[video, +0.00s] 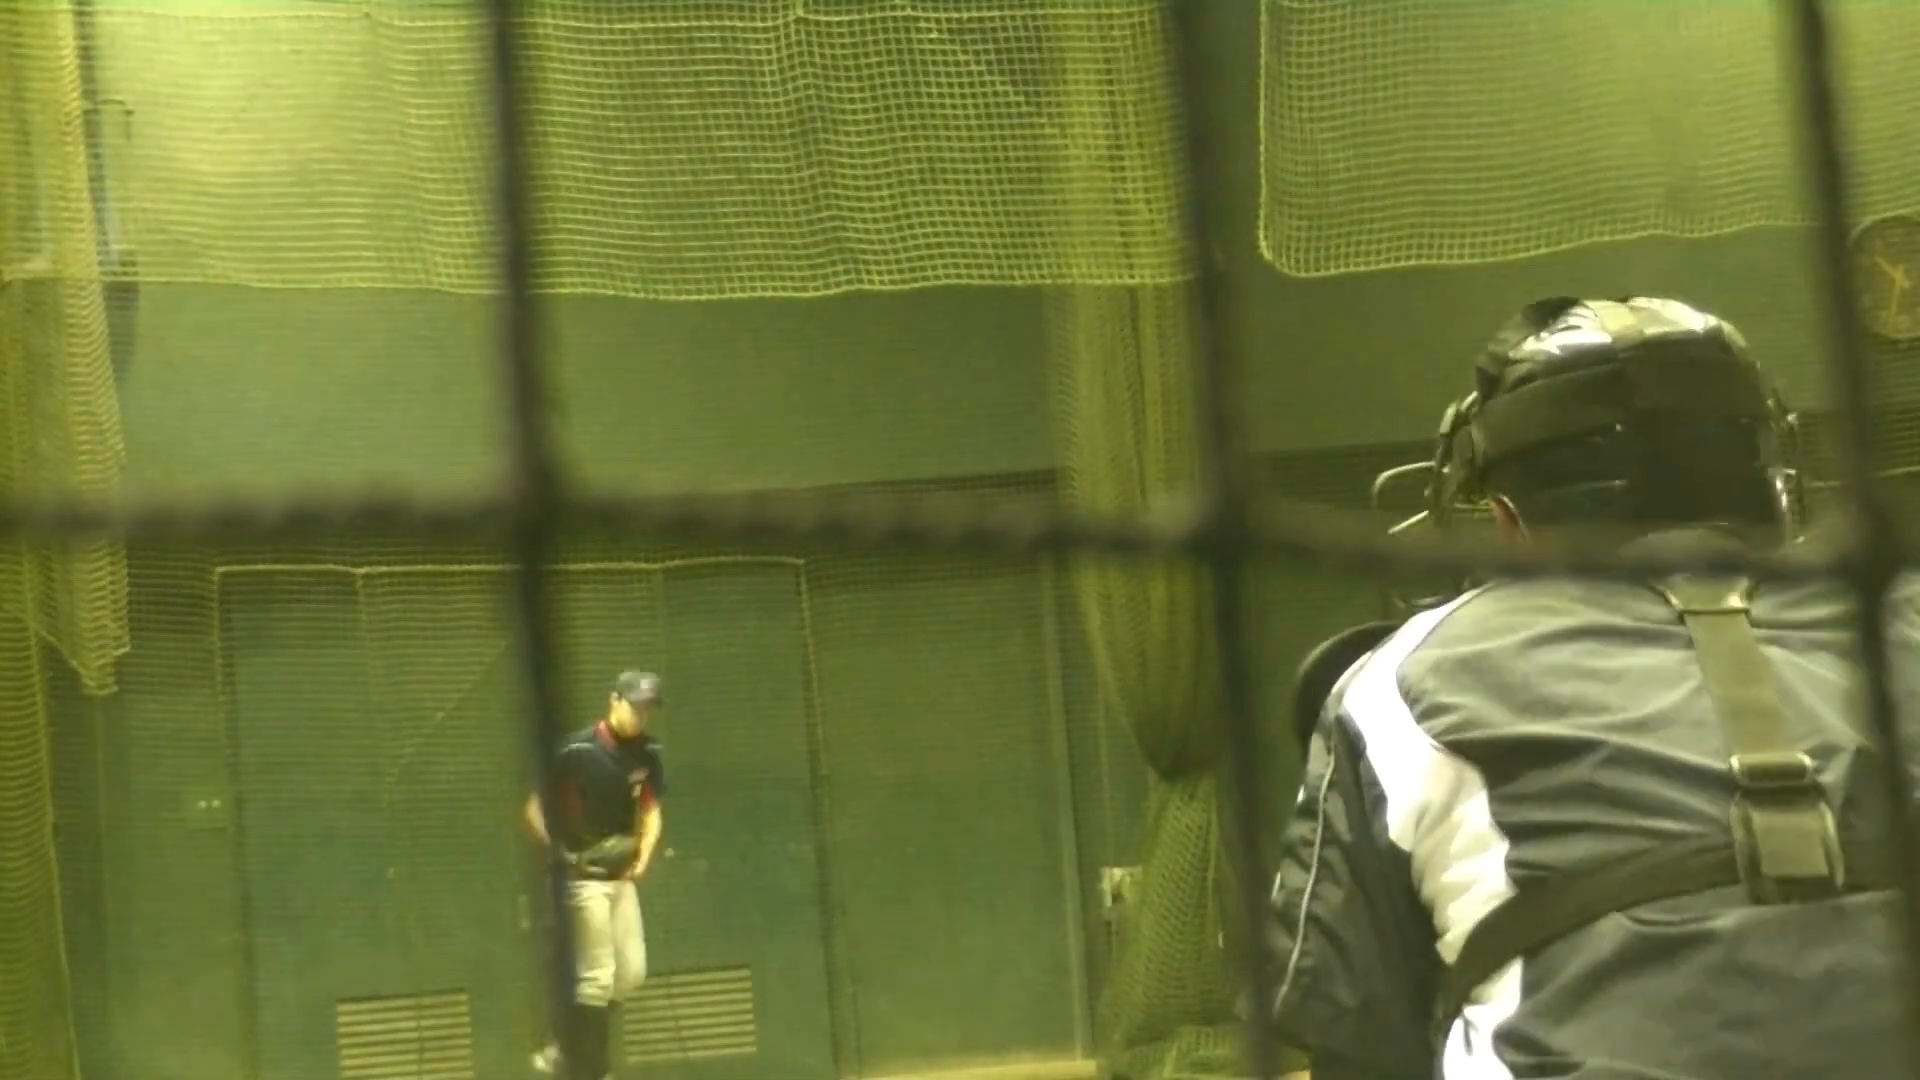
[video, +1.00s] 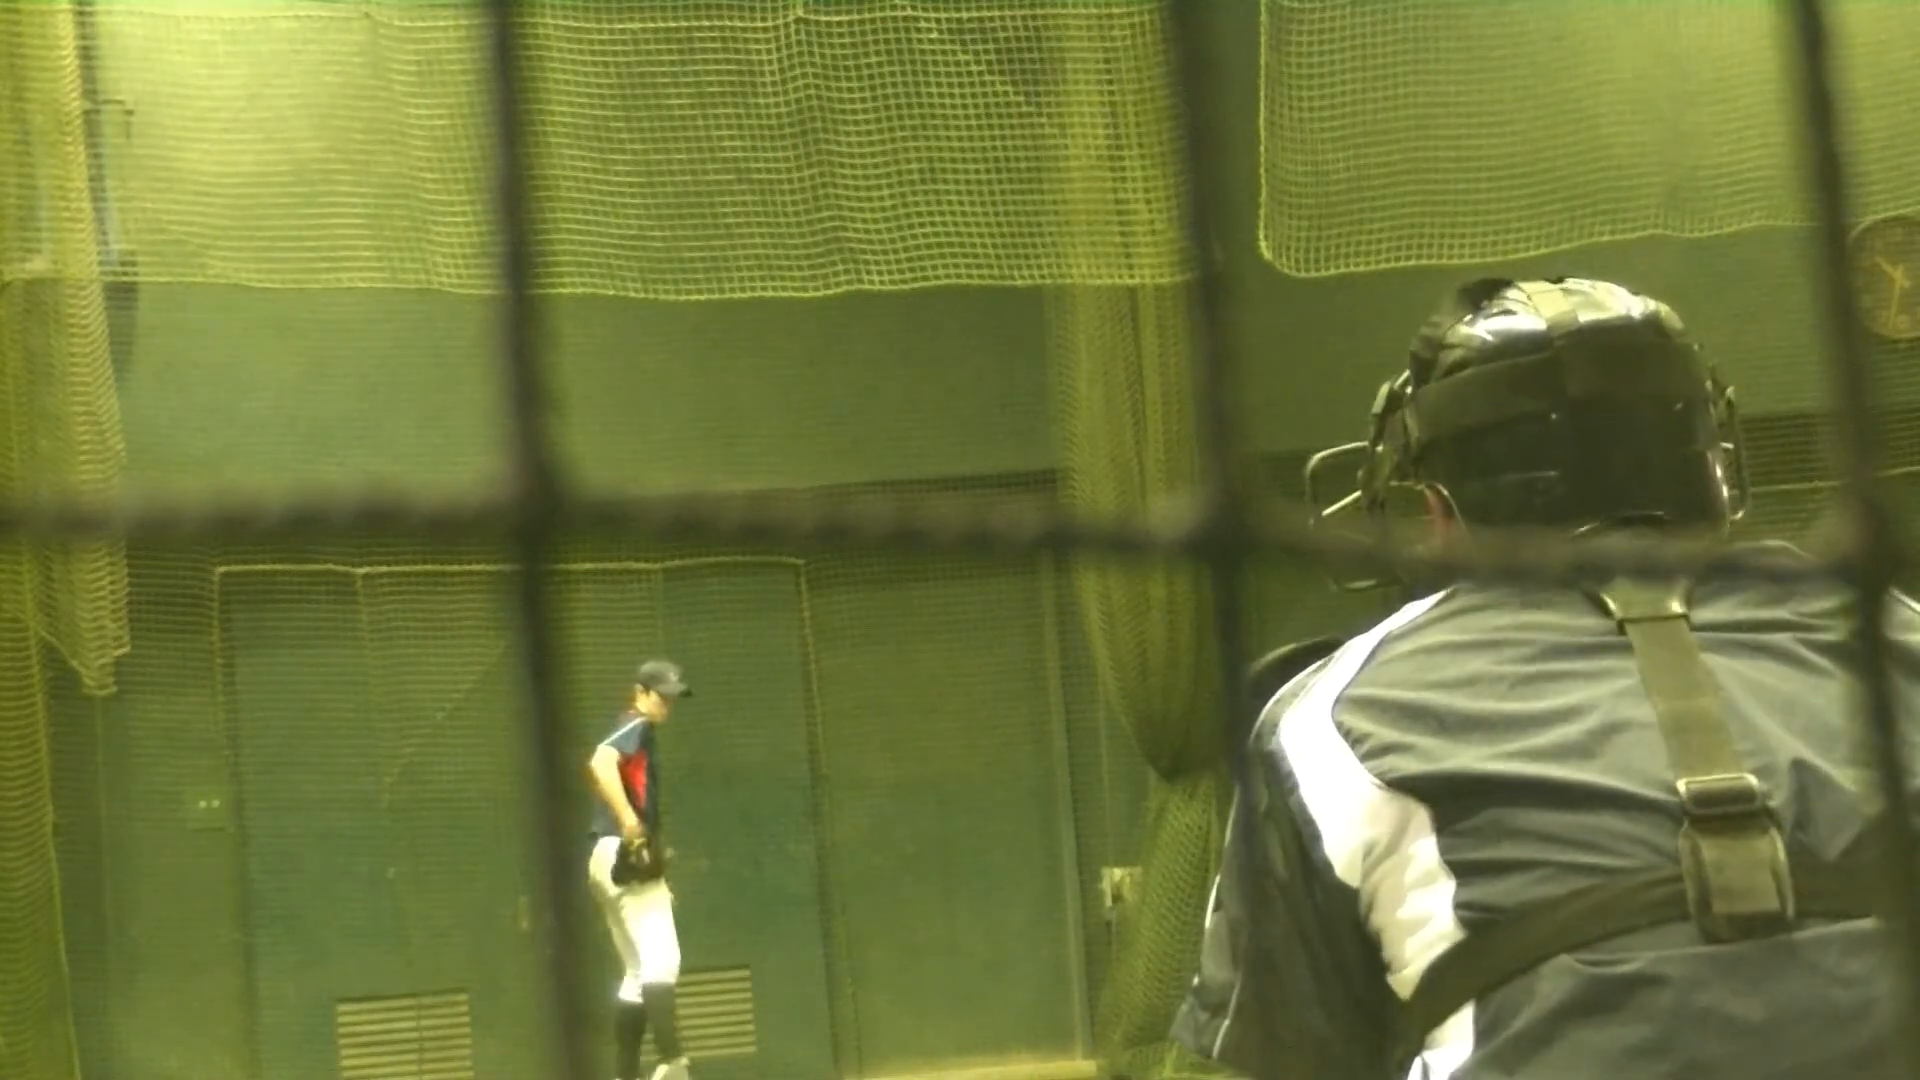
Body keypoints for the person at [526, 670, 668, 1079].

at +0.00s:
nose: (644, 717)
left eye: (648, 709)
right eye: (637, 708)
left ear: (650, 711)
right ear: (614, 703)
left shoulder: (646, 755)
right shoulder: (574, 752)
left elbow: (652, 810)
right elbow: (534, 807)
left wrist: (642, 858)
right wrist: (560, 852)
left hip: (622, 880)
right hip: (582, 880)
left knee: (630, 973)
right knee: (593, 981)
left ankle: (559, 1048)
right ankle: (591, 1070)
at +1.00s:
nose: (669, 706)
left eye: (672, 699)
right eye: (665, 698)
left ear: (646, 696)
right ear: (642, 694)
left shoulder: (634, 728)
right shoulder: (637, 727)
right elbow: (602, 763)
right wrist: (630, 824)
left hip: (613, 852)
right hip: (629, 852)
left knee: (636, 968)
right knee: (661, 955)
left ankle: (627, 1071)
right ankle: (672, 1060)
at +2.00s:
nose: (696, 734)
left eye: (699, 726)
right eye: (688, 726)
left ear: (702, 727)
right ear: (664, 727)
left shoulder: (649, 764)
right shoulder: (666, 769)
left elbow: (681, 846)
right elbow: (689, 842)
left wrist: (723, 887)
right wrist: (745, 892)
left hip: (613, 886)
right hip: (628, 888)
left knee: (661, 982)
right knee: (684, 983)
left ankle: (635, 1073)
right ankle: (668, 1072)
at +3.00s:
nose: (685, 751)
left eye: (688, 743)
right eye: (676, 744)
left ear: (690, 743)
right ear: (653, 746)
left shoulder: (633, 780)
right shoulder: (662, 789)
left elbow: (688, 809)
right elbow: (723, 836)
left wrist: (720, 776)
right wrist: (746, 785)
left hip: (601, 905)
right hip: (622, 910)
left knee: (668, 985)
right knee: (696, 989)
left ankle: (636, 1072)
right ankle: (667, 1072)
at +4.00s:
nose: (690, 739)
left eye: (692, 731)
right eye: (683, 732)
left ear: (657, 736)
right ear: (660, 734)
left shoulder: (638, 770)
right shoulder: (668, 774)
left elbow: (680, 808)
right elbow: (732, 814)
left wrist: (712, 783)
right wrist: (744, 771)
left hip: (603, 894)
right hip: (623, 898)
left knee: (665, 984)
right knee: (693, 986)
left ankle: (638, 1073)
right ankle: (669, 1072)